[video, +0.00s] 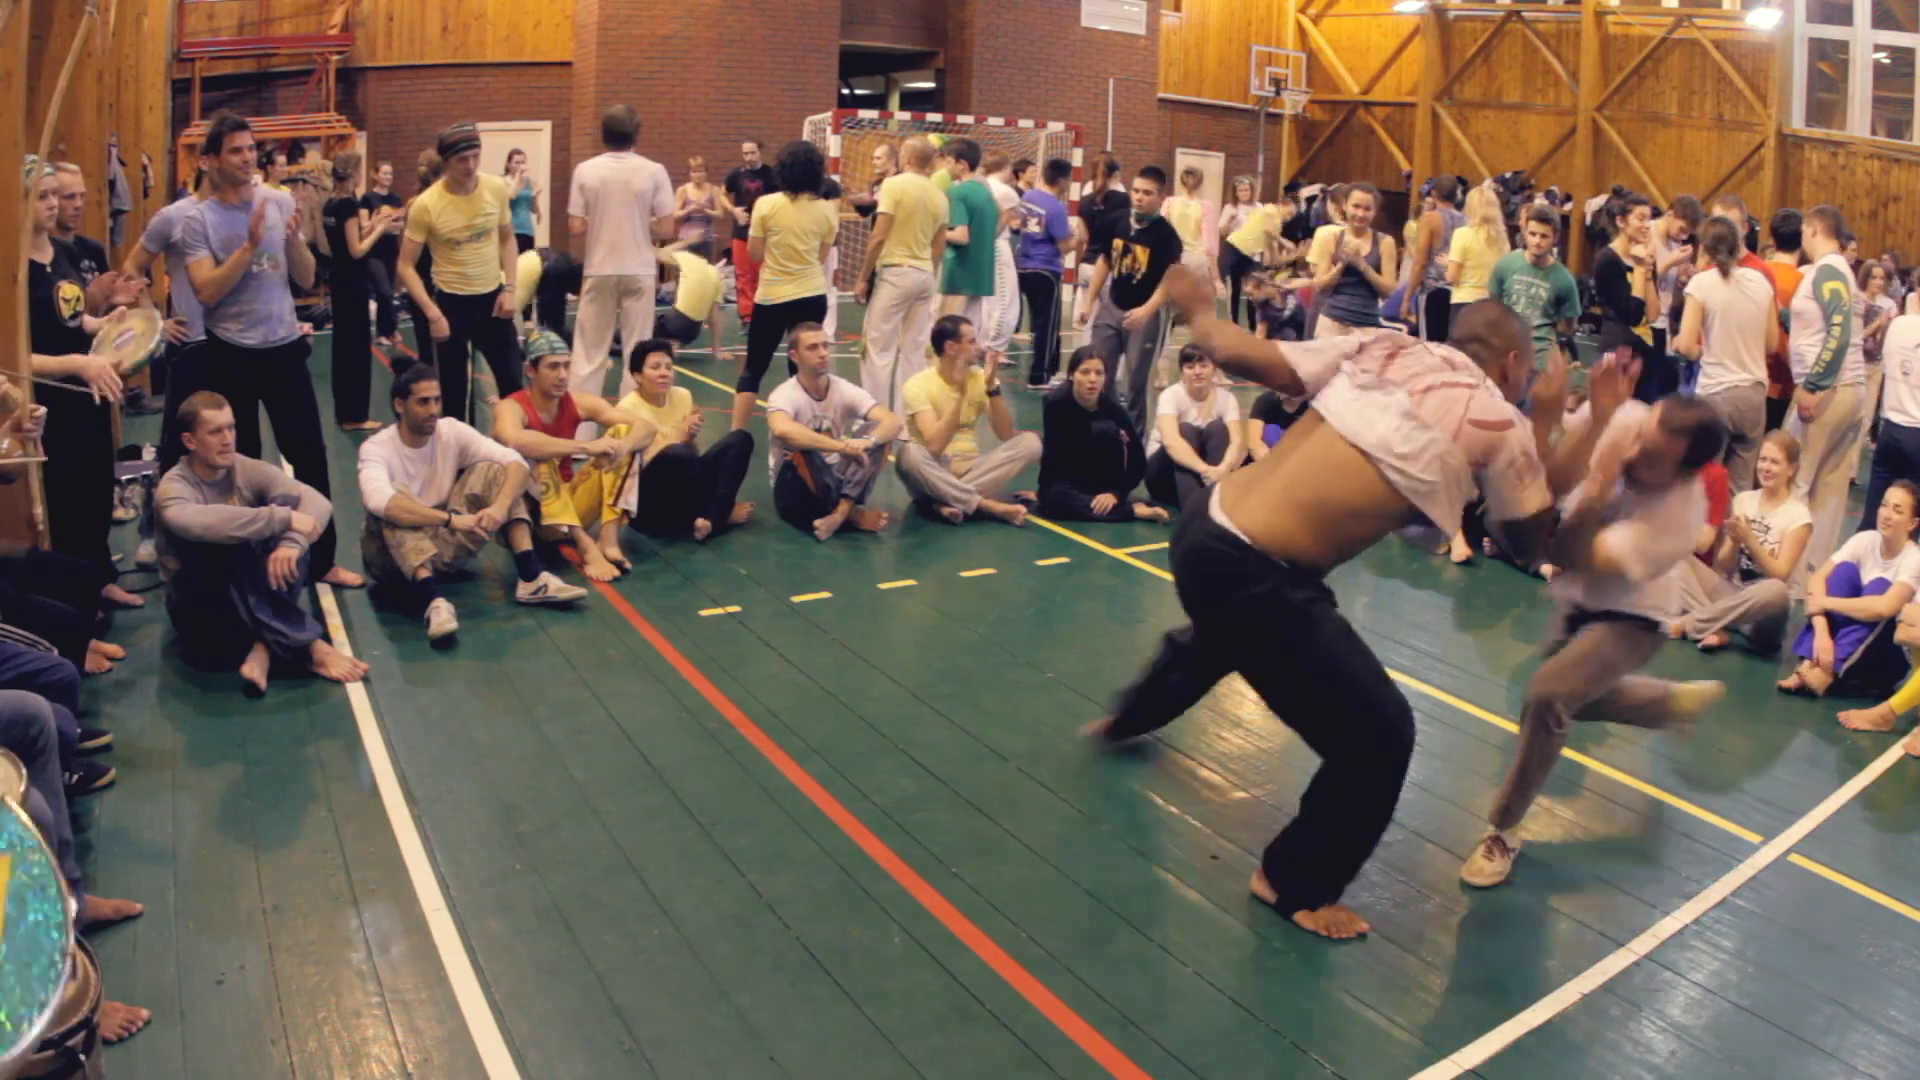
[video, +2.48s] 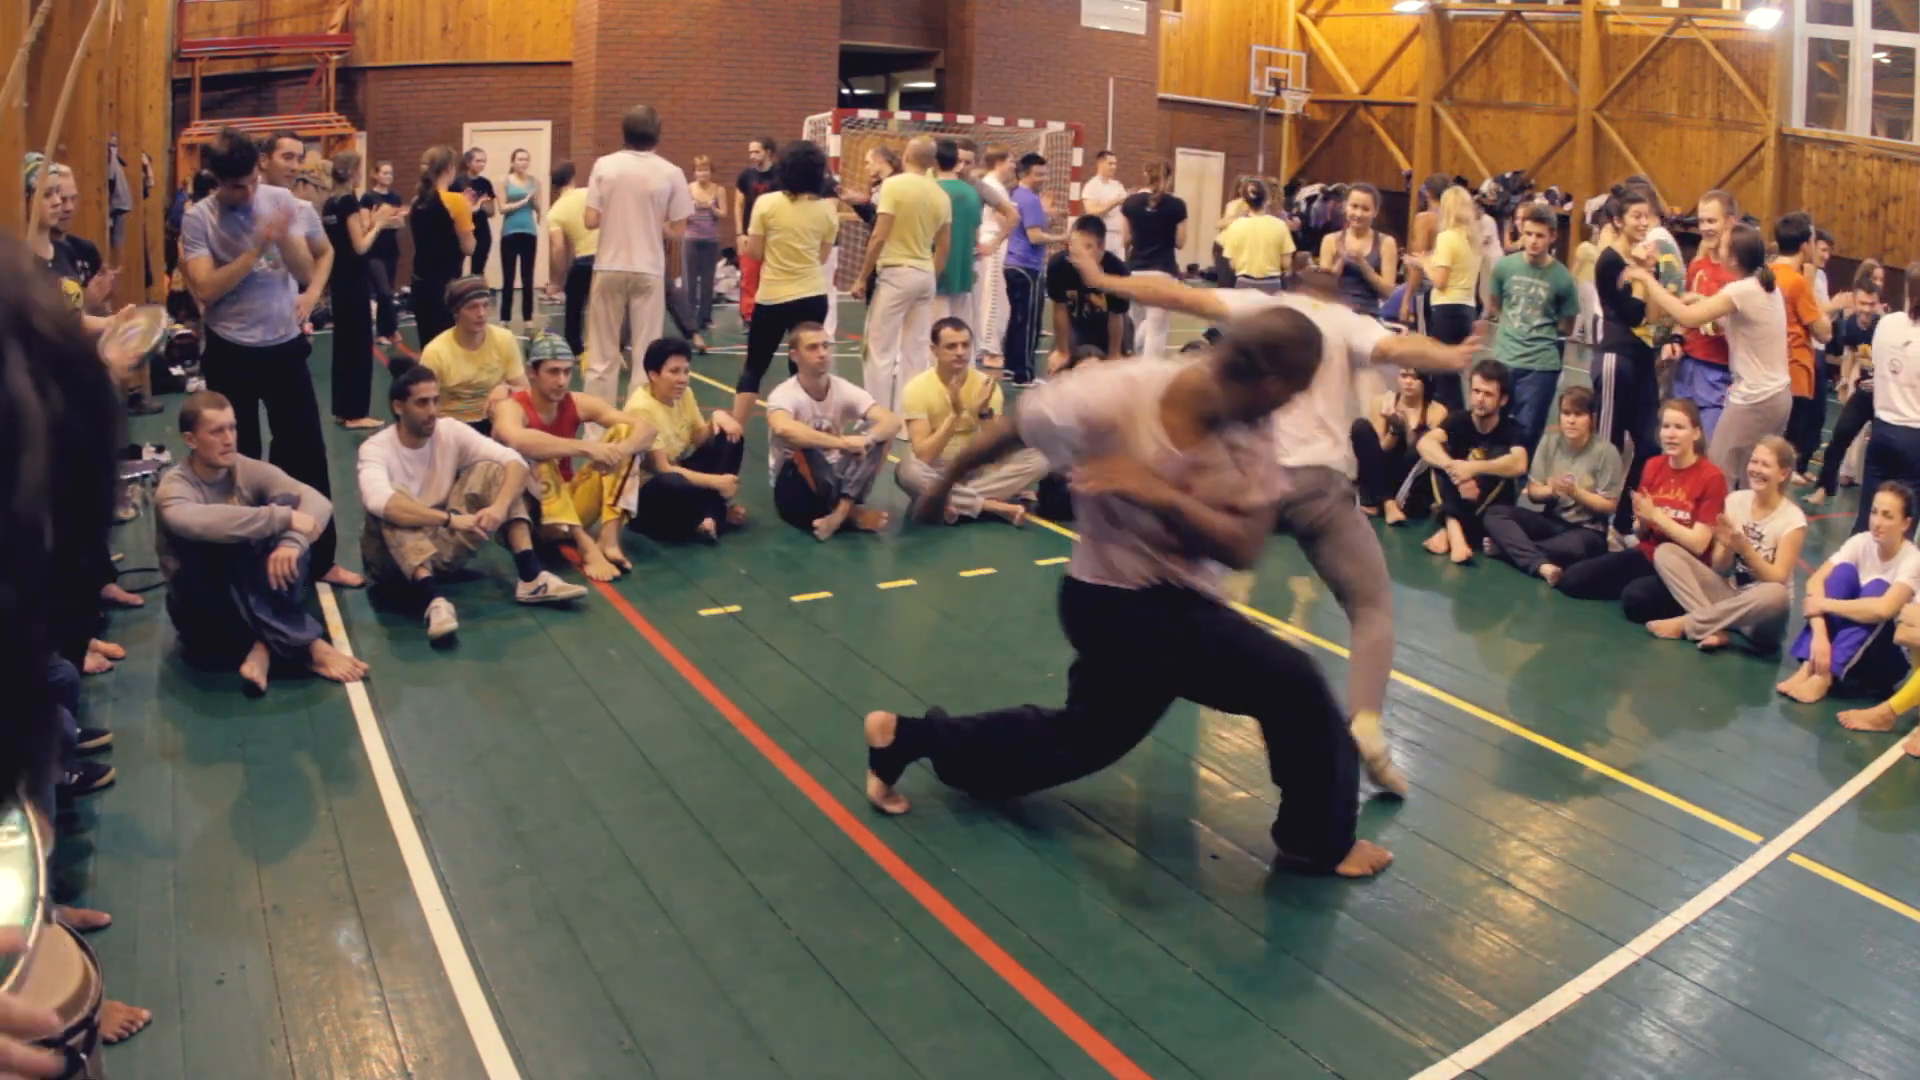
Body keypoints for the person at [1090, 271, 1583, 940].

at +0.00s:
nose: (1526, 375)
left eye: (1526, 362)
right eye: (1525, 362)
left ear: (1456, 341)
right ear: (1505, 360)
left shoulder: (1381, 346)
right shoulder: (1495, 422)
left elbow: (1269, 360)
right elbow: (1540, 543)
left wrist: (1200, 317)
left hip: (1206, 528)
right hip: (1264, 584)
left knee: (1226, 634)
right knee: (1381, 732)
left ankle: (1125, 722)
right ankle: (1293, 881)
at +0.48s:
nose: (1292, 221)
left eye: (1296, 204)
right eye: (1295, 202)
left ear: (1199, 178)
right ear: (1273, 191)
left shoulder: (1091, 245)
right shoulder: (1217, 255)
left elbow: (1015, 405)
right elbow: (1102, 354)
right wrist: (996, 534)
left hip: (993, 586)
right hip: (1111, 610)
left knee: (976, 855)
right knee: (1147, 831)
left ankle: (916, 1057)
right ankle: (1186, 967)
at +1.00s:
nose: (1085, 259)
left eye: (1089, 242)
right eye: (1090, 240)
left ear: (972, 207)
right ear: (1078, 241)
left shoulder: (842, 264)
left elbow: (667, 438)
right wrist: (1130, 722)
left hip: (706, 680)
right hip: (822, 709)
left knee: (781, 985)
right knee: (831, 1026)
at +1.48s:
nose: (864, 254)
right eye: (860, 249)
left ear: (780, 287)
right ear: (865, 264)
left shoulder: (740, 353)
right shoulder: (938, 308)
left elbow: (604, 458)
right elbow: (1076, 382)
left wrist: (705, 518)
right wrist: (1031, 354)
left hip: (804, 602)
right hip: (935, 597)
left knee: (793, 717)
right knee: (954, 831)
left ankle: (820, 810)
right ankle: (765, 982)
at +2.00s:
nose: (1181, 309)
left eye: (1173, 298)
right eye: (1175, 299)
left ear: (1098, 307)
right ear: (1159, 301)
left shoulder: (1037, 366)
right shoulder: (1172, 340)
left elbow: (1006, 454)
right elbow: (1267, 388)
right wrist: (1423, 398)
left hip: (1008, 580)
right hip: (1125, 597)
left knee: (922, 671)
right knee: (1265, 666)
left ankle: (834, 802)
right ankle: (1302, 841)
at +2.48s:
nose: (1282, 406)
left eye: (1289, 395)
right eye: (1281, 392)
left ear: (1253, 368)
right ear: (1246, 366)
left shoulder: (1251, 436)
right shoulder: (1116, 394)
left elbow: (1248, 547)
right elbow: (1013, 430)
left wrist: (1164, 496)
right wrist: (940, 484)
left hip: (1173, 605)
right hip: (1110, 600)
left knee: (1091, 737)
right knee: (1291, 683)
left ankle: (907, 739)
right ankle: (1317, 842)